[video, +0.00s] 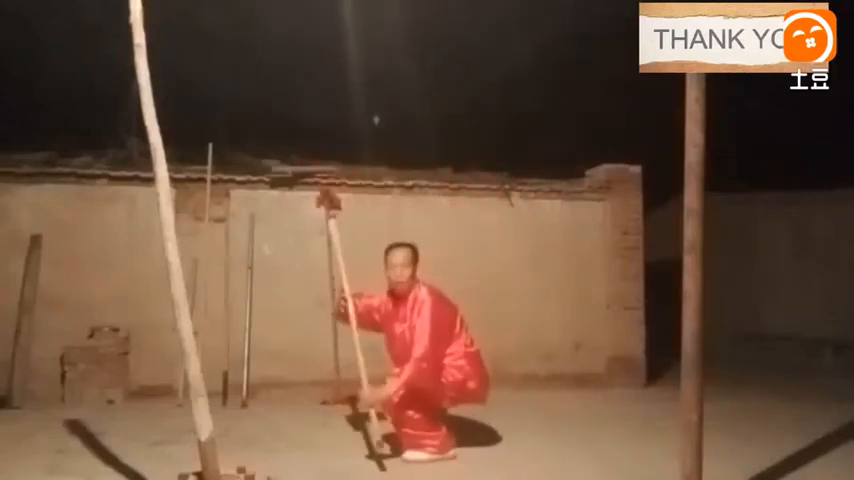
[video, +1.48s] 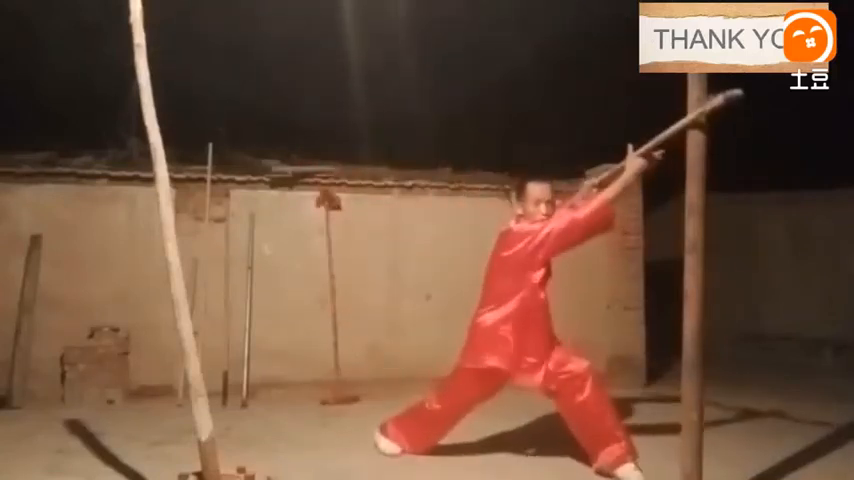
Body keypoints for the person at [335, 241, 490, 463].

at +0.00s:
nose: (398, 273)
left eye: (404, 266)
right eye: (392, 267)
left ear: (415, 269)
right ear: (385, 271)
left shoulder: (427, 300)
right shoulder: (389, 305)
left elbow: (423, 358)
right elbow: (360, 310)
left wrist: (387, 392)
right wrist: (345, 307)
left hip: (461, 376)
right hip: (431, 373)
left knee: (404, 387)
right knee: (390, 387)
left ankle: (434, 443)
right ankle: (416, 440)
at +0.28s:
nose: (398, 247)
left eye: (404, 239)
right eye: (392, 240)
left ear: (415, 241)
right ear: (386, 244)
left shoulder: (427, 272)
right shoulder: (392, 276)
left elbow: (421, 327)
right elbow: (360, 282)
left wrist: (388, 362)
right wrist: (345, 278)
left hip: (463, 348)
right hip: (437, 346)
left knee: (407, 384)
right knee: (397, 376)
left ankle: (436, 442)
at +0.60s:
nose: (421, 218)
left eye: (426, 210)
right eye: (414, 212)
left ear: (435, 212)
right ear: (405, 215)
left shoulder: (445, 243)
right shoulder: (401, 245)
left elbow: (443, 298)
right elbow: (365, 246)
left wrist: (411, 336)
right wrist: (339, 232)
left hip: (485, 316)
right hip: (452, 319)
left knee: (454, 359)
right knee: (425, 365)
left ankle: (459, 439)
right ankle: (431, 431)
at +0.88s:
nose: (513, 195)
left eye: (517, 188)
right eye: (505, 188)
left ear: (523, 193)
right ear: (488, 193)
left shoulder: (534, 231)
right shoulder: (473, 232)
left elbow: (572, 259)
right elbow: (429, 260)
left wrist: (541, 277)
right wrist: (417, 273)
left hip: (532, 331)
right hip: (480, 331)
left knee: (571, 379)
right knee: (447, 383)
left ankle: (612, 452)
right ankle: (428, 430)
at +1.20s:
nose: (548, 201)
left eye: (552, 194)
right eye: (540, 194)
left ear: (555, 197)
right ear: (519, 199)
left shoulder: (553, 228)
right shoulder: (518, 235)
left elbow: (587, 218)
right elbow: (563, 269)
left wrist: (608, 206)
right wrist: (616, 260)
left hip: (543, 335)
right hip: (499, 337)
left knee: (584, 375)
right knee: (459, 393)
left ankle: (615, 459)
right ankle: (406, 435)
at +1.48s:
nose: (547, 209)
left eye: (550, 202)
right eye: (540, 202)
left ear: (554, 204)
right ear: (520, 206)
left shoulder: (535, 233)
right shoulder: (519, 238)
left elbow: (573, 212)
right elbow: (577, 221)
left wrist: (592, 185)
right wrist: (628, 176)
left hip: (528, 343)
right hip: (496, 343)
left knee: (577, 378)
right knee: (456, 396)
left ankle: (615, 457)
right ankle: (395, 435)